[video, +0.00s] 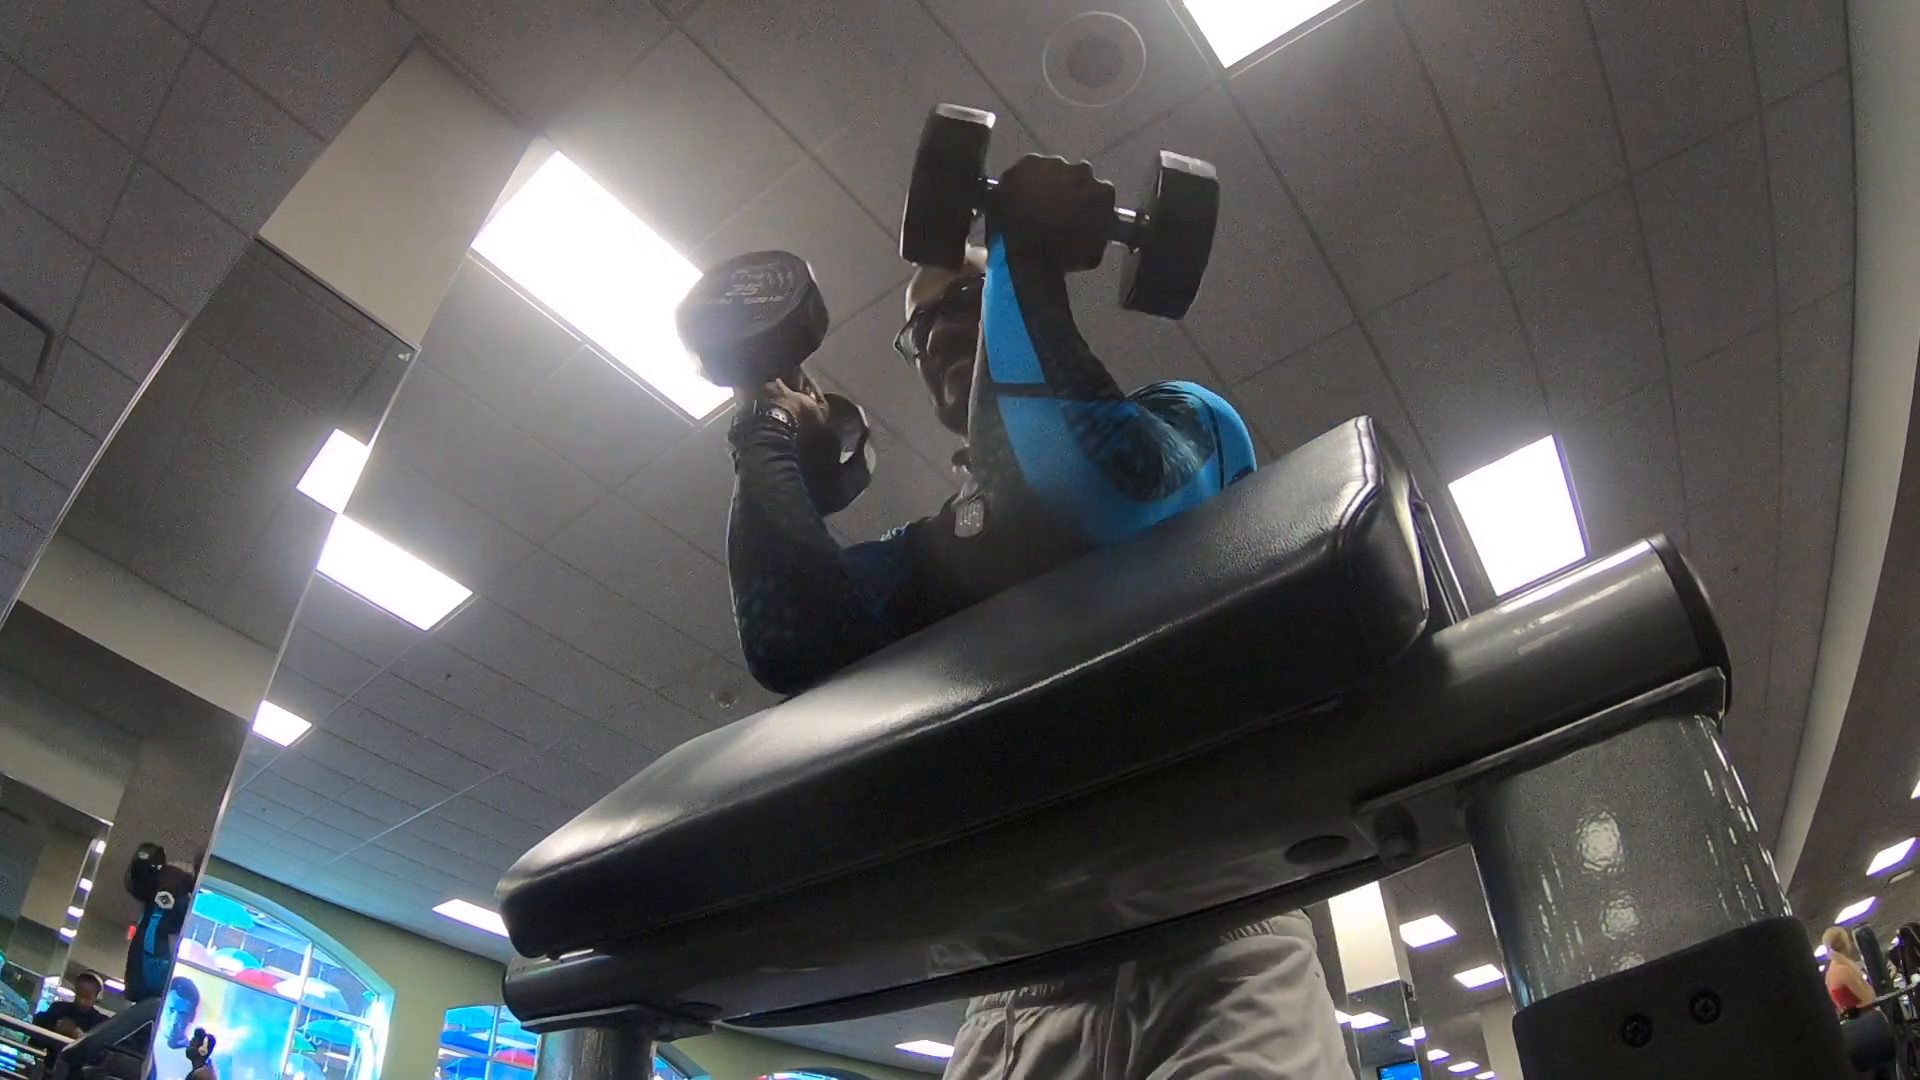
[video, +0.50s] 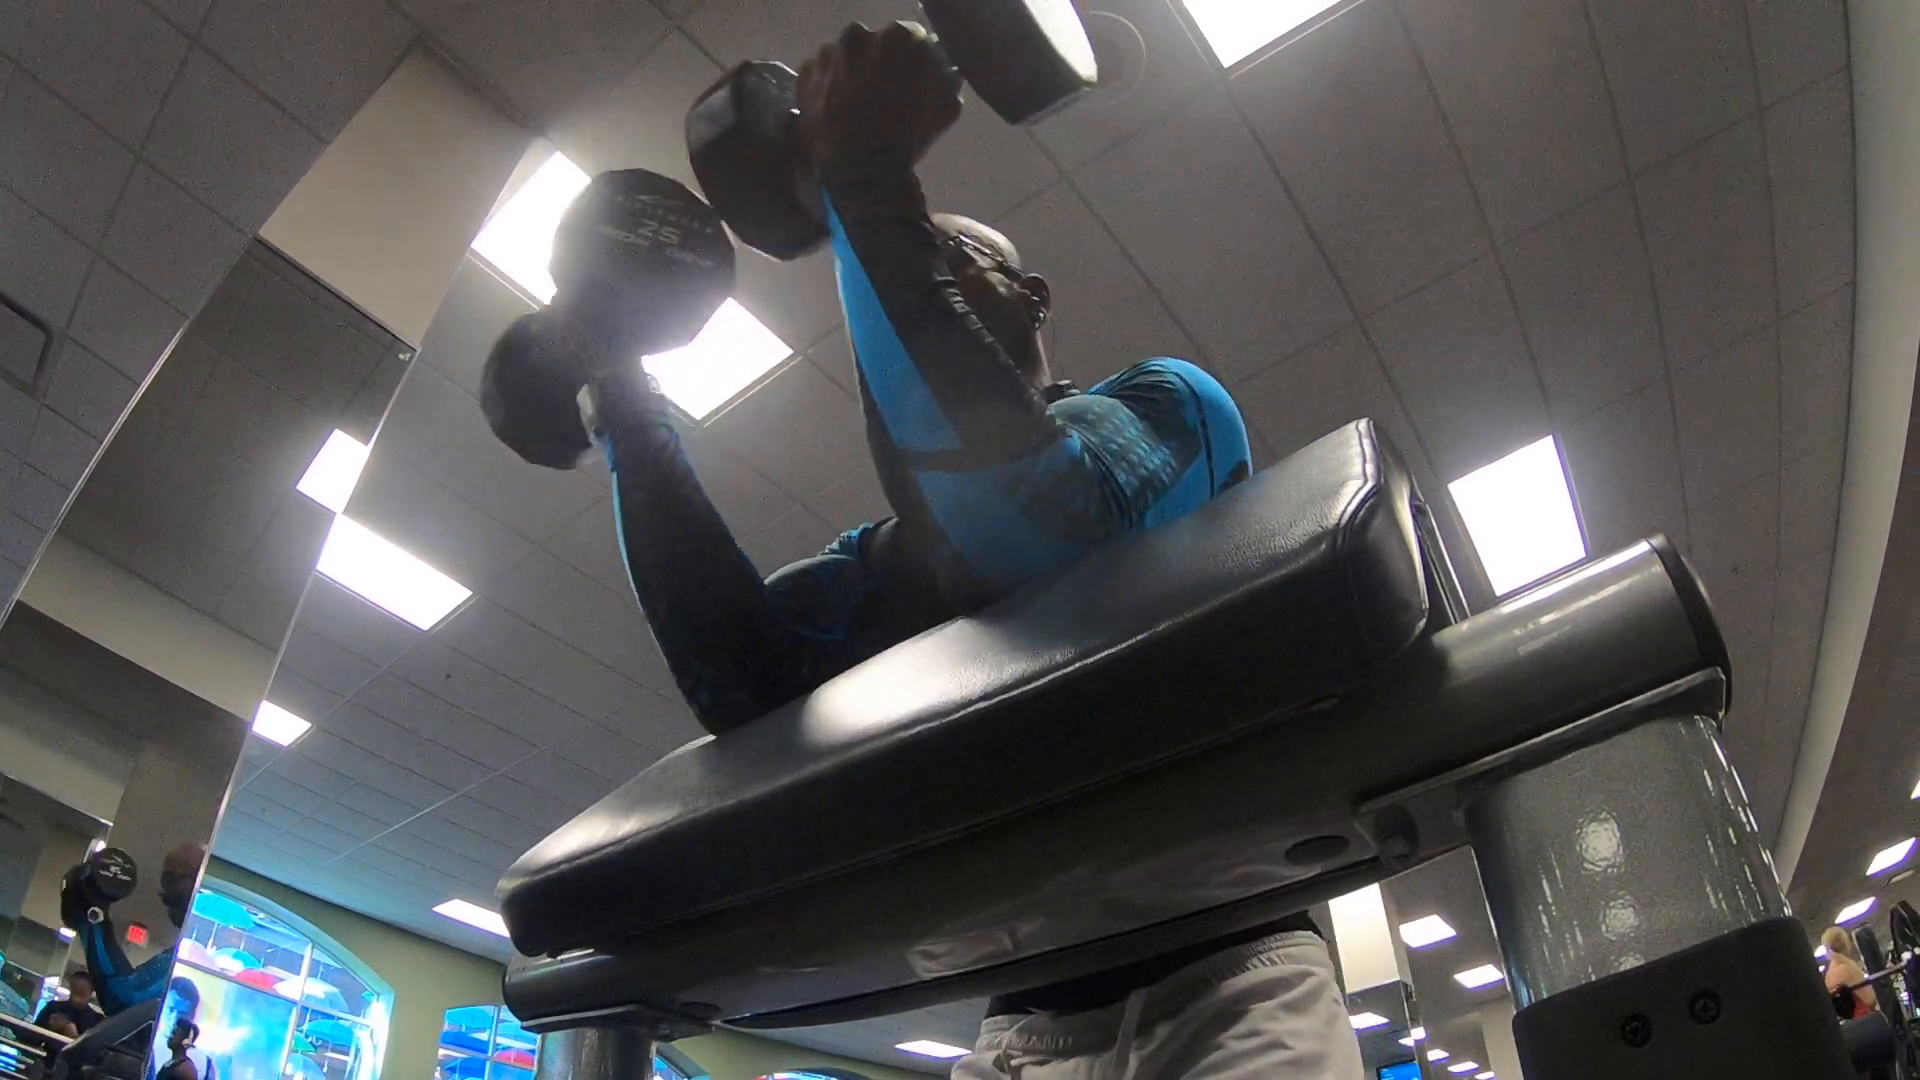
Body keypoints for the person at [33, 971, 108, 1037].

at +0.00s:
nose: (82, 1002)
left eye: (87, 998)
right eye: (79, 996)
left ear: (96, 997)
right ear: (75, 991)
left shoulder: (103, 1022)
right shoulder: (58, 1009)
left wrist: (78, 1035)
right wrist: (56, 1028)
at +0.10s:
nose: (80, 1000)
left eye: (86, 996)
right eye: (78, 994)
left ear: (95, 996)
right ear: (74, 989)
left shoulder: (102, 1022)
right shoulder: (56, 1008)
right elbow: (32, 1027)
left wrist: (80, 1040)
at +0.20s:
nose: (79, 1000)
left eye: (85, 996)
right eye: (77, 993)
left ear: (94, 995)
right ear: (72, 989)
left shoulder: (101, 1022)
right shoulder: (54, 1008)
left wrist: (77, 1037)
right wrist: (53, 1029)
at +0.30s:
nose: (78, 999)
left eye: (83, 995)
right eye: (76, 993)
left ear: (93, 994)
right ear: (72, 989)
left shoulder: (101, 1022)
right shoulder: (53, 1008)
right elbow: (31, 1038)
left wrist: (75, 1036)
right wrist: (52, 1028)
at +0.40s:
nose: (77, 999)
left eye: (82, 995)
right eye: (75, 993)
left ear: (91, 994)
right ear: (71, 989)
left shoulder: (99, 1021)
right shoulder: (53, 1008)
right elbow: (31, 1038)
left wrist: (76, 1037)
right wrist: (51, 1027)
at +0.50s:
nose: (76, 999)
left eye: (82, 995)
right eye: (74, 993)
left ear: (91, 994)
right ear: (70, 989)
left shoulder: (97, 1020)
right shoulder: (52, 1008)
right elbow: (32, 1037)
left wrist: (74, 1038)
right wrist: (50, 1027)